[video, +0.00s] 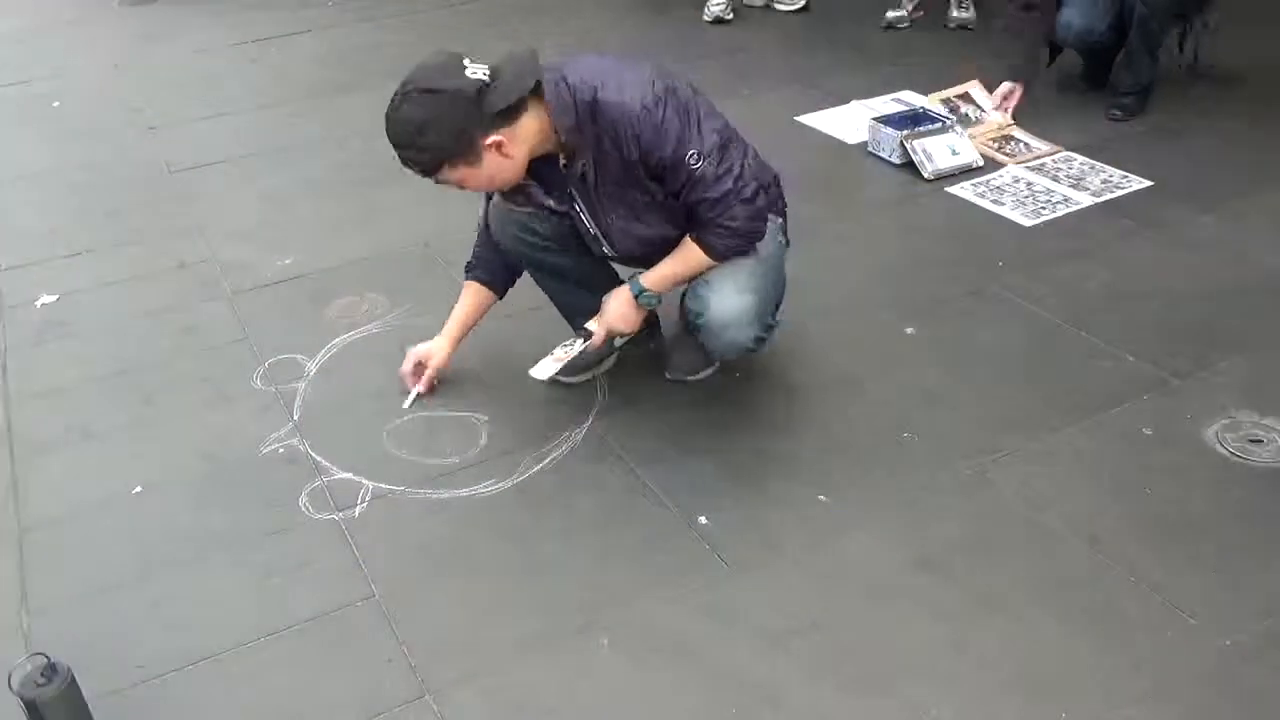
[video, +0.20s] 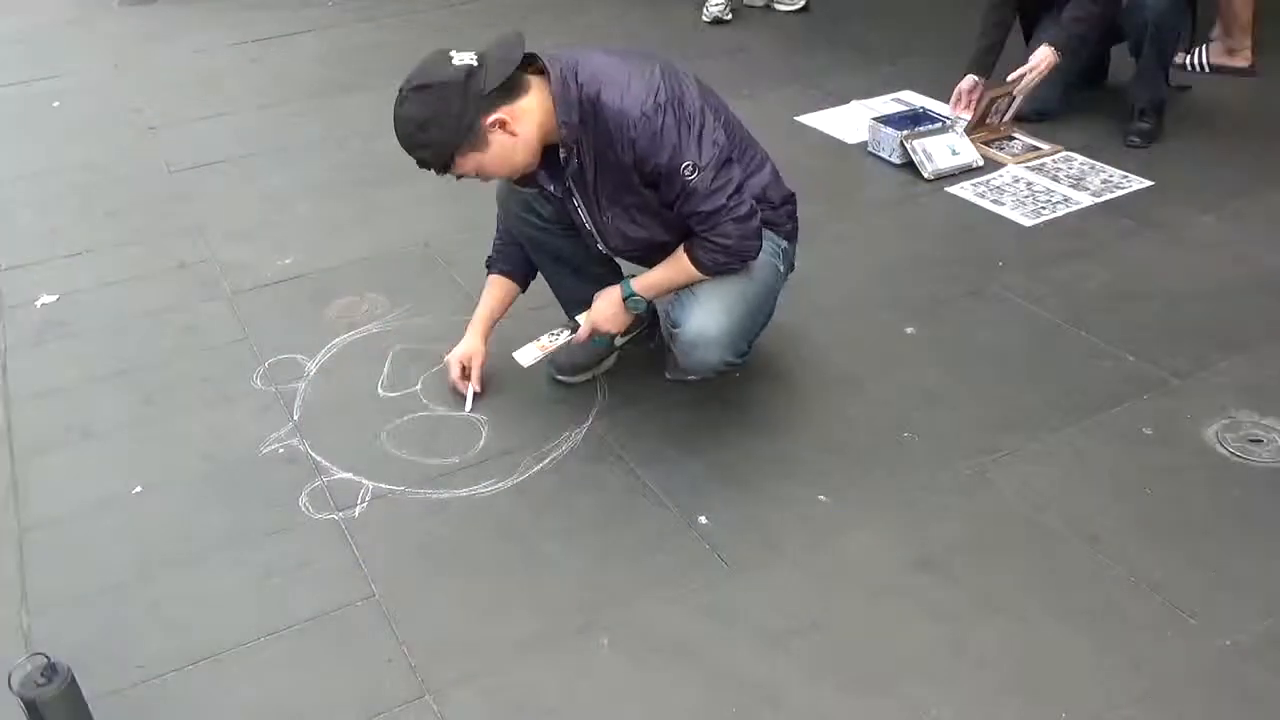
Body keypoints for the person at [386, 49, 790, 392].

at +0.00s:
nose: (465, 190)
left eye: (458, 179)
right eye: (455, 183)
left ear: (496, 147)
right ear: (497, 142)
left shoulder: (639, 108)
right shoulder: (522, 149)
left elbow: (742, 217)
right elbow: (497, 246)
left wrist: (639, 291)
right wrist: (446, 340)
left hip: (723, 230)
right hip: (634, 239)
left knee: (730, 324)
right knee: (516, 221)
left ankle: (698, 319)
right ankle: (614, 323)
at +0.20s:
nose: (479, 178)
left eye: (469, 168)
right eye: (467, 174)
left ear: (499, 126)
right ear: (499, 120)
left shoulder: (643, 109)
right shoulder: (532, 125)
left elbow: (733, 237)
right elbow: (516, 237)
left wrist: (631, 294)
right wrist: (478, 329)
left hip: (739, 233)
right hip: (647, 232)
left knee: (702, 348)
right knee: (526, 207)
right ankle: (610, 321)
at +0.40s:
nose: (527, 138)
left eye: (520, 128)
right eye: (516, 131)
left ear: (558, 93)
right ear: (559, 87)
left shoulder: (702, 78)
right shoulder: (595, 84)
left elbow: (774, 211)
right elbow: (580, 214)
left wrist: (669, 279)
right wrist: (542, 314)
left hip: (778, 222)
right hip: (692, 206)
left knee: (712, 350)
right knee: (573, 167)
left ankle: (765, 306)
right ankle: (592, 341)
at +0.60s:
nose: (534, 152)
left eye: (528, 143)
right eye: (523, 147)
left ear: (563, 111)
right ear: (563, 103)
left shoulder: (700, 88)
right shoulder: (597, 98)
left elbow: (786, 200)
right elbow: (570, 203)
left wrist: (688, 267)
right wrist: (518, 285)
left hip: (791, 215)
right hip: (700, 209)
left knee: (729, 332)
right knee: (581, 175)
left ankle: (773, 320)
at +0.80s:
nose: (520, 85)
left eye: (513, 73)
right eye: (510, 76)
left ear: (540, 53)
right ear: (544, 49)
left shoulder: (657, 32)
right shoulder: (595, 54)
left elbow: (729, 158)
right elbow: (578, 145)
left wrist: (648, 231)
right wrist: (521, 223)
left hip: (803, 154)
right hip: (740, 142)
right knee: (592, 168)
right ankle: (740, 229)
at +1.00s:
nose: (627, 121)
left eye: (626, 110)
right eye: (619, 114)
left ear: (657, 78)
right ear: (654, 76)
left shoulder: (771, 36)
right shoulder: (672, 69)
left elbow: (867, 122)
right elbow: (621, 166)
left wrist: (776, 193)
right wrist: (555, 260)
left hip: (866, 136)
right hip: (783, 146)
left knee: (846, 228)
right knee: (665, 139)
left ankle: (845, 254)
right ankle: (765, 242)